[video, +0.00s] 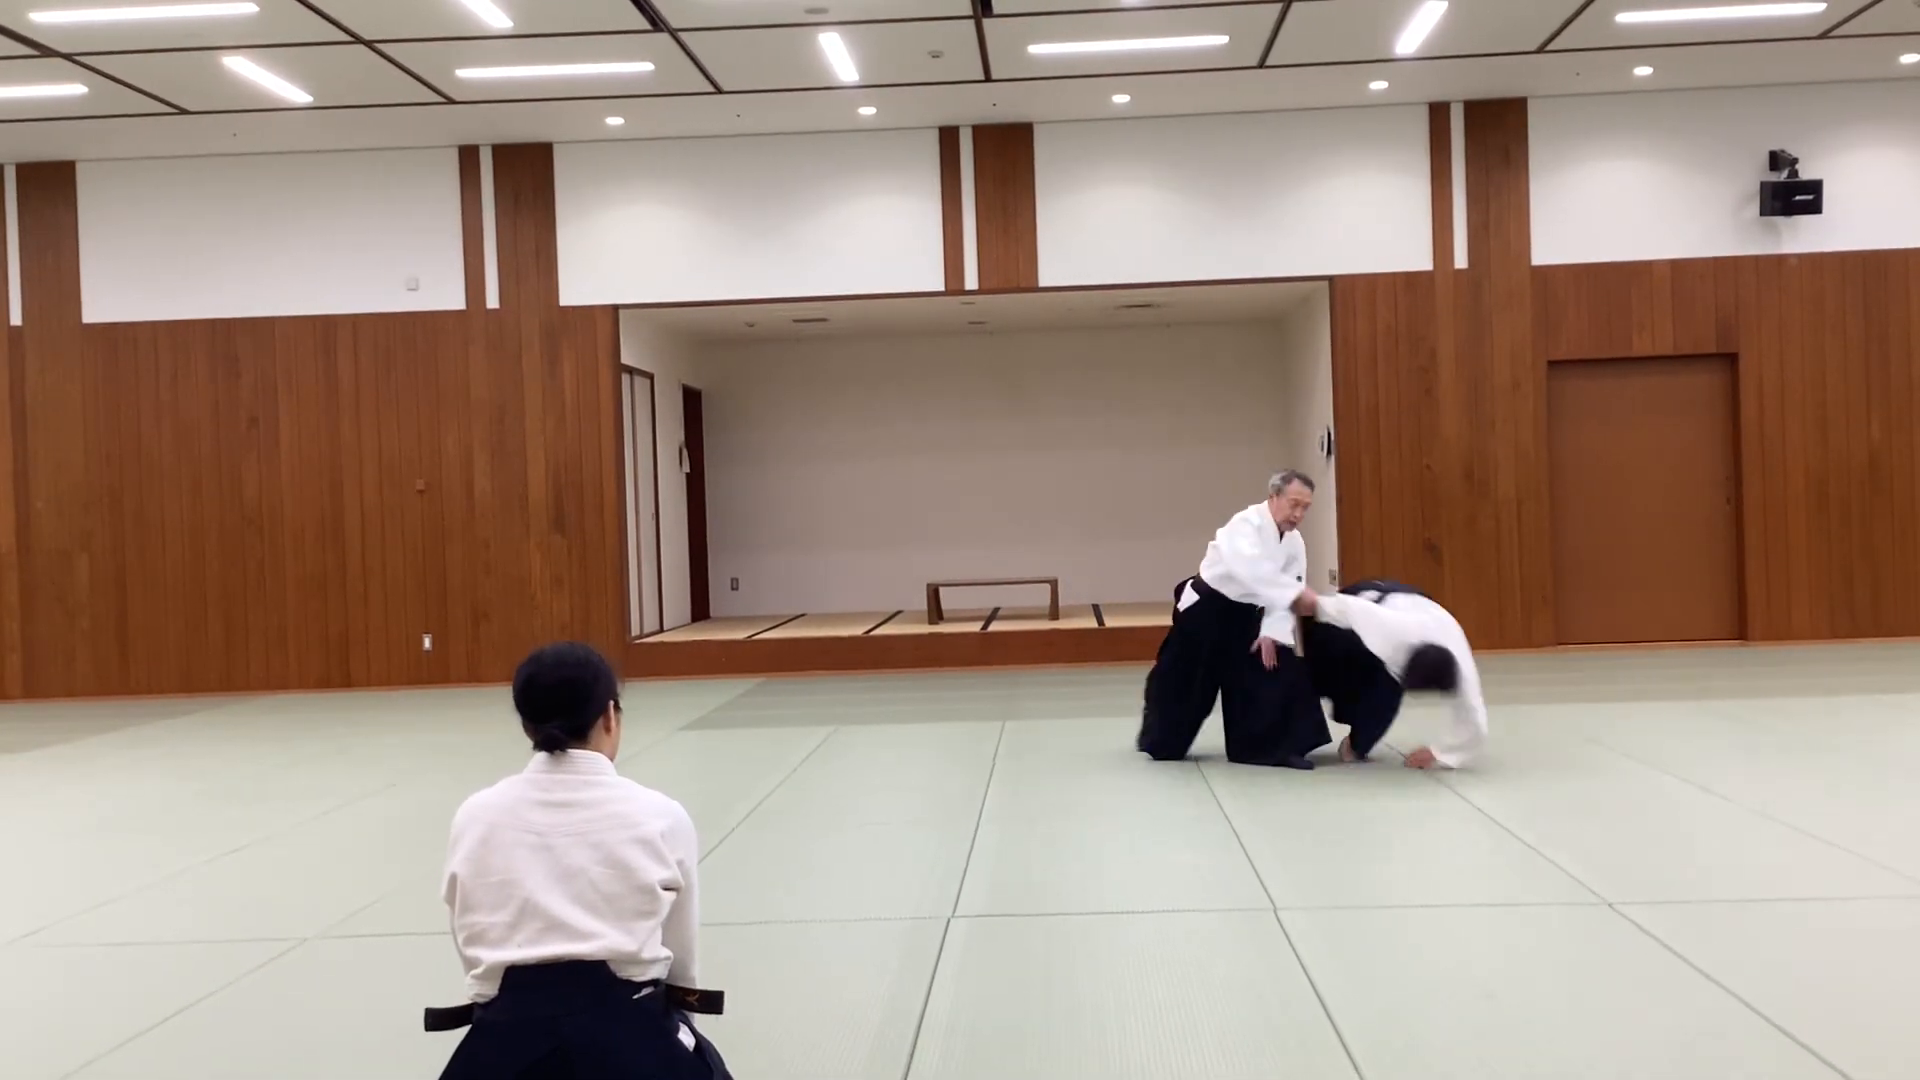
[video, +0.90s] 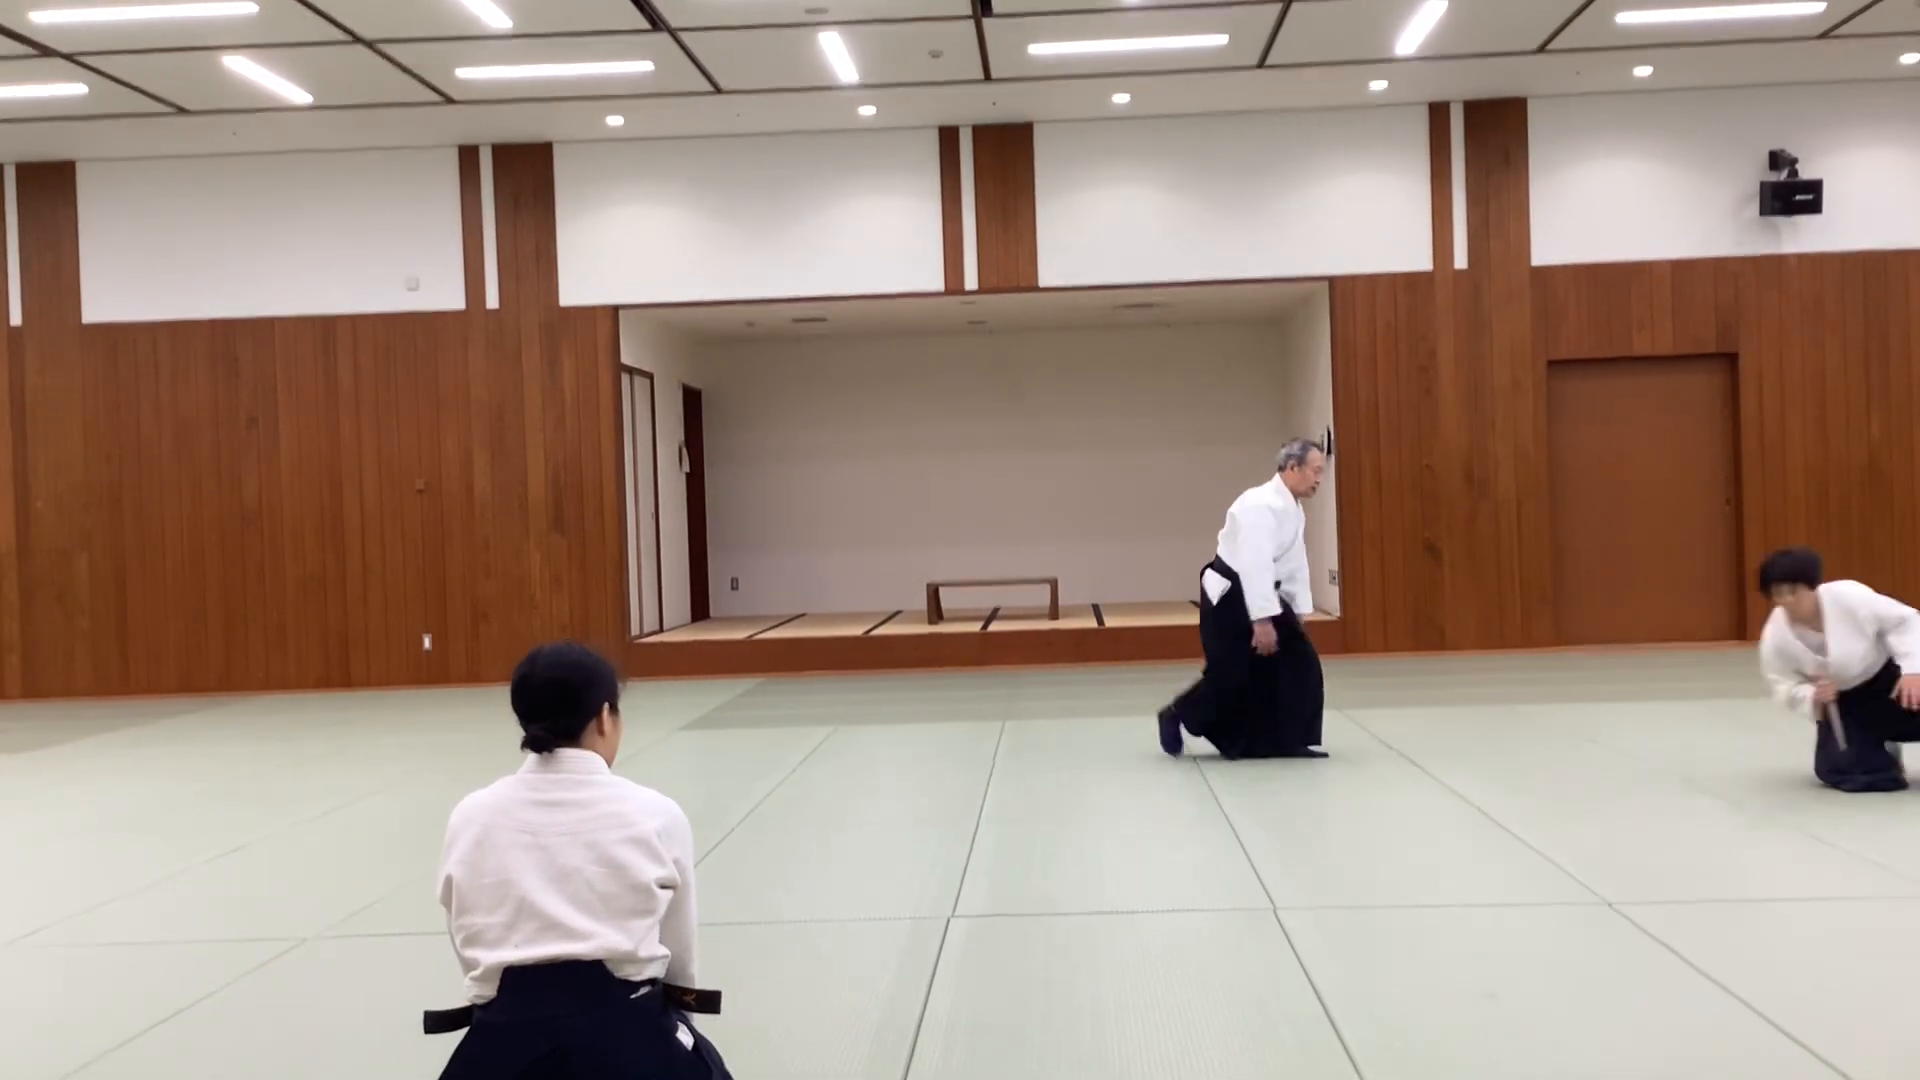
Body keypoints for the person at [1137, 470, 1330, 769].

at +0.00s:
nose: (1299, 514)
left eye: (1305, 508)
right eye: (1295, 505)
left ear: (1308, 508)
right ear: (1274, 498)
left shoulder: (1294, 543)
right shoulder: (1244, 525)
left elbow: (1287, 590)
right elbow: (1248, 571)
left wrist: (1272, 631)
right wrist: (1293, 594)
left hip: (1246, 615)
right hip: (1207, 608)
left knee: (1267, 678)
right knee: (1187, 678)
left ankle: (1265, 748)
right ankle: (1162, 742)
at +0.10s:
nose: (1296, 503)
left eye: (1301, 497)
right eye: (1291, 493)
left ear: (1302, 500)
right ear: (1268, 489)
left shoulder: (1283, 532)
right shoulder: (1242, 516)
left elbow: (1284, 579)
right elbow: (1268, 552)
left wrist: (1278, 613)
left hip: (1246, 612)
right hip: (1205, 607)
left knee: (1277, 673)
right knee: (1196, 681)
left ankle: (1266, 749)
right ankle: (1178, 745)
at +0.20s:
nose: (1279, 491)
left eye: (1283, 484)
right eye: (1275, 481)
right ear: (1251, 477)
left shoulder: (1266, 519)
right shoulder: (1230, 506)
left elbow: (1271, 566)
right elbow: (1279, 532)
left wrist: (1276, 606)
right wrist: (1318, 507)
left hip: (1239, 605)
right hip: (1200, 602)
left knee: (1270, 671)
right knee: (1187, 673)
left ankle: (1263, 747)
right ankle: (1159, 719)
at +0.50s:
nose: (1267, 476)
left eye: (1269, 469)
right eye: (1262, 468)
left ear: (1246, 468)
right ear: (1239, 466)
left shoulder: (1247, 508)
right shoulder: (1218, 499)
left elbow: (1259, 564)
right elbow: (1251, 540)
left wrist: (1274, 606)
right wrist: (1298, 537)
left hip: (1232, 597)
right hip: (1195, 597)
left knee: (1286, 658)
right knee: (1198, 667)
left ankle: (1279, 738)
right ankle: (1192, 737)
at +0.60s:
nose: (1284, 480)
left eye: (1285, 473)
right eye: (1280, 472)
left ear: (1260, 472)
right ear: (1257, 470)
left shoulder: (1256, 510)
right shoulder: (1231, 505)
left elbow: (1266, 578)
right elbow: (1259, 555)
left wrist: (1280, 625)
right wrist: (1310, 566)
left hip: (1236, 599)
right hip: (1206, 599)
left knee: (1291, 659)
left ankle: (1281, 738)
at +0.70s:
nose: (1303, 483)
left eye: (1304, 475)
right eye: (1298, 475)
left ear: (1277, 474)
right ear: (1276, 473)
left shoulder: (1268, 508)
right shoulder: (1251, 506)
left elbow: (1273, 571)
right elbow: (1268, 564)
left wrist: (1283, 617)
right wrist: (1311, 597)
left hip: (1247, 599)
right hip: (1219, 598)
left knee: (1297, 661)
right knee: (1200, 668)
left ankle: (1279, 738)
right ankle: (1154, 718)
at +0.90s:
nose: (1319, 479)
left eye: (1321, 472)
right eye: (1315, 470)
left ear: (1294, 470)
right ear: (1291, 468)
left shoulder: (1292, 509)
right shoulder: (1258, 505)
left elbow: (1295, 564)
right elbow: (1254, 566)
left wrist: (1301, 610)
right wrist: (1262, 619)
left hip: (1264, 592)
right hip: (1228, 592)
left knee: (1301, 663)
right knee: (1231, 670)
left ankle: (1292, 740)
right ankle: (1174, 715)